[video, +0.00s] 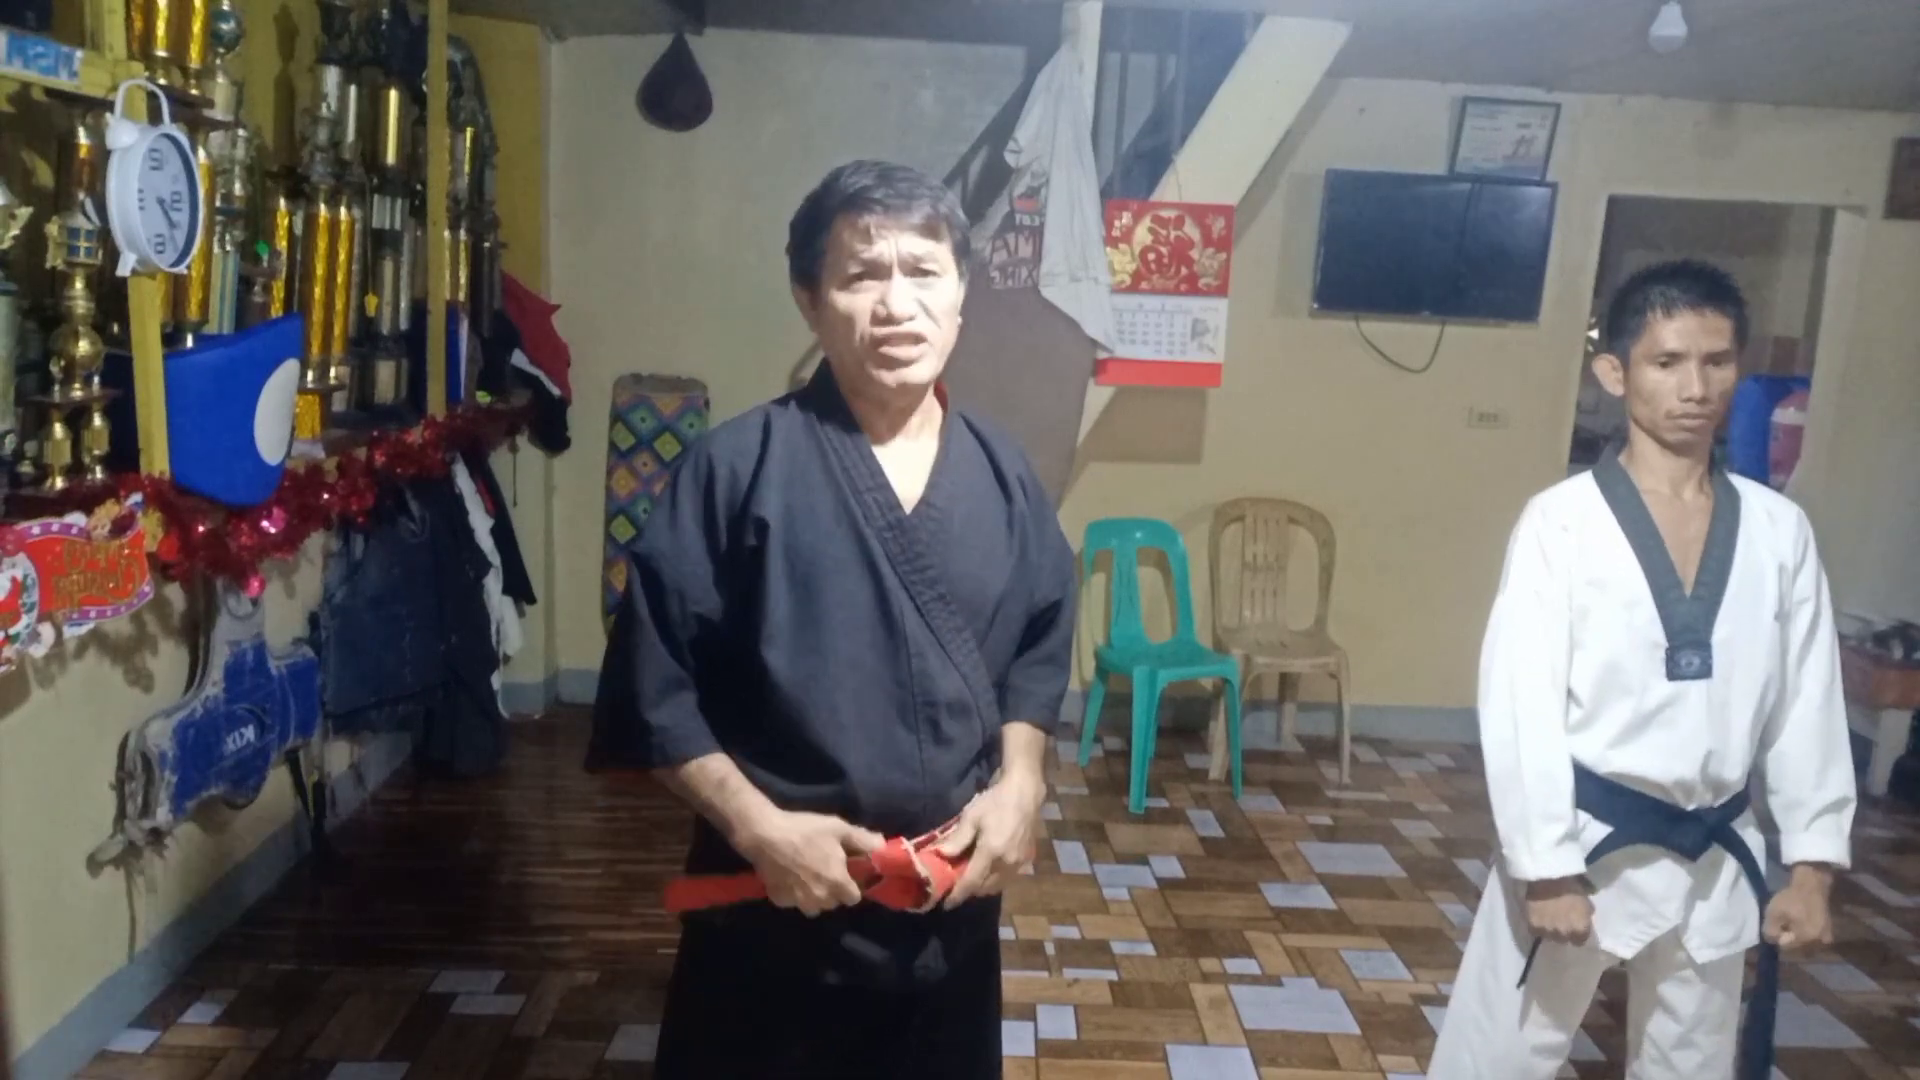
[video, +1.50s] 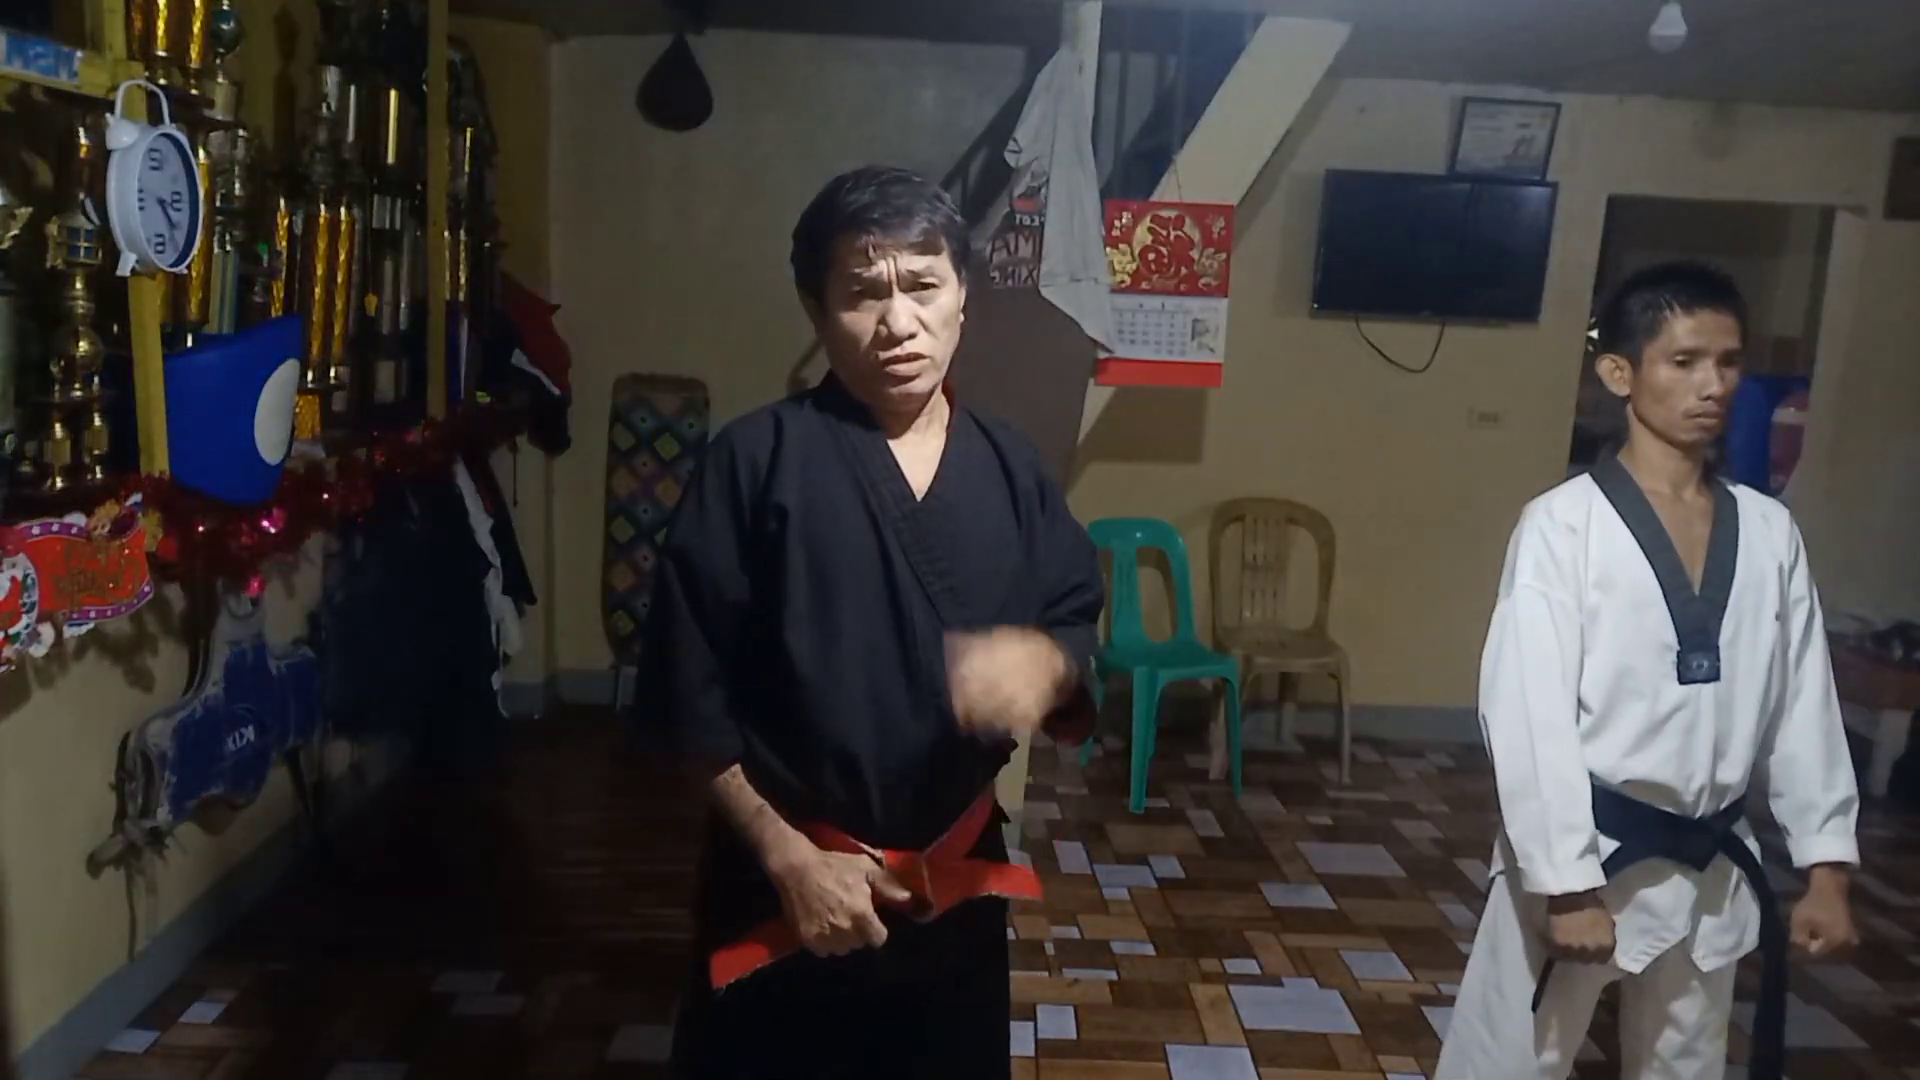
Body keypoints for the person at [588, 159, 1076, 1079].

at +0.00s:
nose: (899, 303)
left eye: (924, 273)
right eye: (864, 276)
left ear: (962, 293)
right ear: (811, 303)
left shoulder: (1004, 474)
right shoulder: (732, 469)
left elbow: (1039, 644)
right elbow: (648, 682)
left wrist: (1020, 785)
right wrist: (759, 826)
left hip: (951, 926)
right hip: (771, 926)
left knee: (951, 1071)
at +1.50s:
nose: (897, 321)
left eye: (921, 286)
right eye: (862, 294)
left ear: (961, 296)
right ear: (816, 314)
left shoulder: (1010, 465)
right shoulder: (751, 464)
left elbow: (1077, 627)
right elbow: (679, 692)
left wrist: (1040, 662)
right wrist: (786, 853)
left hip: (956, 908)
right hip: (780, 907)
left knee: (956, 1071)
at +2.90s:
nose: (947, 304)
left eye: (970, 274)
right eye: (910, 285)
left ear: (1013, 300)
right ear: (869, 323)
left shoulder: (1024, 469)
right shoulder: (803, 440)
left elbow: (1071, 628)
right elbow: (679, 617)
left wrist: (1043, 655)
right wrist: (803, 711)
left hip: (965, 875)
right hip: (814, 873)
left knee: (959, 1065)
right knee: (795, 1066)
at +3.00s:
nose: (972, 313)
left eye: (996, 282)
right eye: (937, 287)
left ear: (1032, 304)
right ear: (890, 314)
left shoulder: (1027, 469)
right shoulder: (818, 431)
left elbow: (1069, 635)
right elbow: (671, 593)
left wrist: (1045, 652)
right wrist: (798, 618)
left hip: (958, 852)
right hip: (815, 844)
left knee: (944, 1063)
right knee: (789, 1063)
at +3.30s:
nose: (905, 303)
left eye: (930, 272)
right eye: (869, 279)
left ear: (969, 293)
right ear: (825, 309)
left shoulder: (973, 456)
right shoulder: (770, 449)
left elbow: (1019, 630)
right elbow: (631, 641)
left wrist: (992, 651)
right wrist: (807, 679)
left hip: (916, 862)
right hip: (775, 859)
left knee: (897, 1063)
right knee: (752, 1065)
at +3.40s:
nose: (852, 320)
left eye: (874, 284)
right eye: (812, 296)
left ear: (910, 296)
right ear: (764, 326)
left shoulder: (949, 460)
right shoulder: (719, 488)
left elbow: (1000, 614)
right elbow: (696, 748)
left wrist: (938, 648)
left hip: (892, 861)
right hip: (743, 868)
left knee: (893, 1062)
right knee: (744, 1065)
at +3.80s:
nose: (895, 338)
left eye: (915, 306)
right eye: (862, 314)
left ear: (948, 321)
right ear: (824, 341)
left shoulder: (980, 475)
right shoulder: (776, 475)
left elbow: (1019, 612)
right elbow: (689, 657)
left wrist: (1002, 679)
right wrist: (784, 778)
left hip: (916, 832)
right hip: (783, 834)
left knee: (885, 1052)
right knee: (770, 1058)